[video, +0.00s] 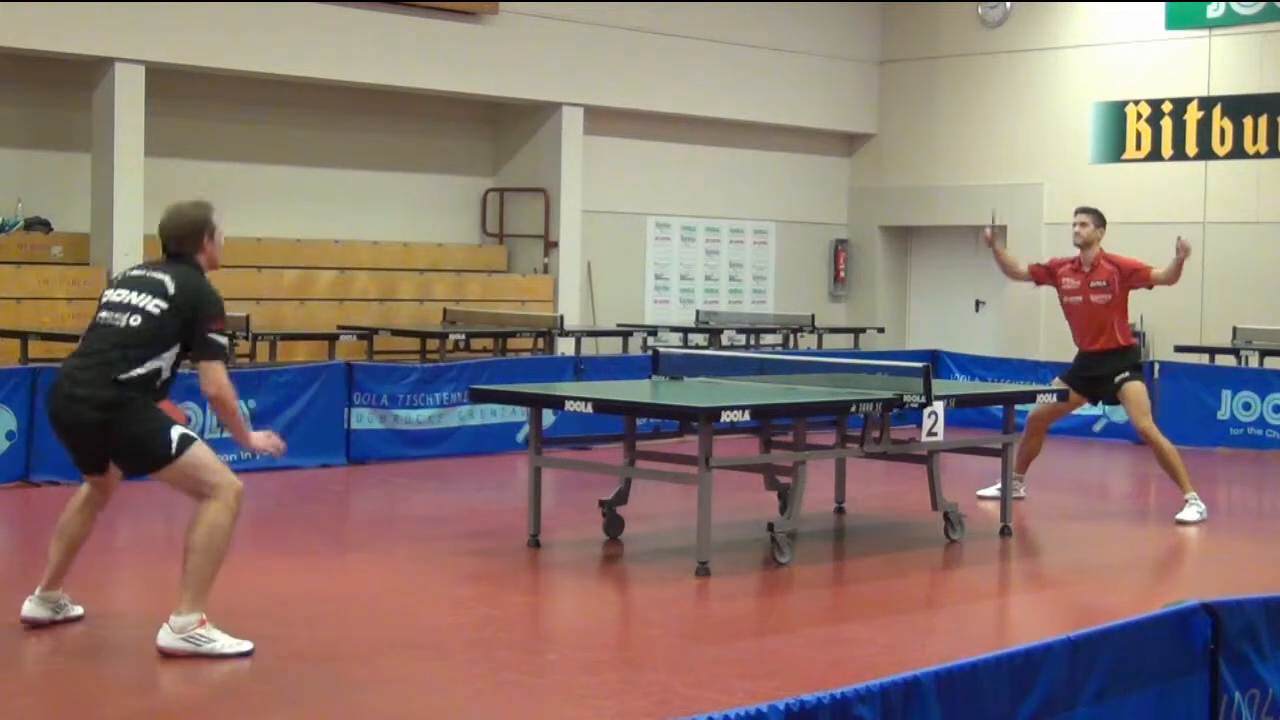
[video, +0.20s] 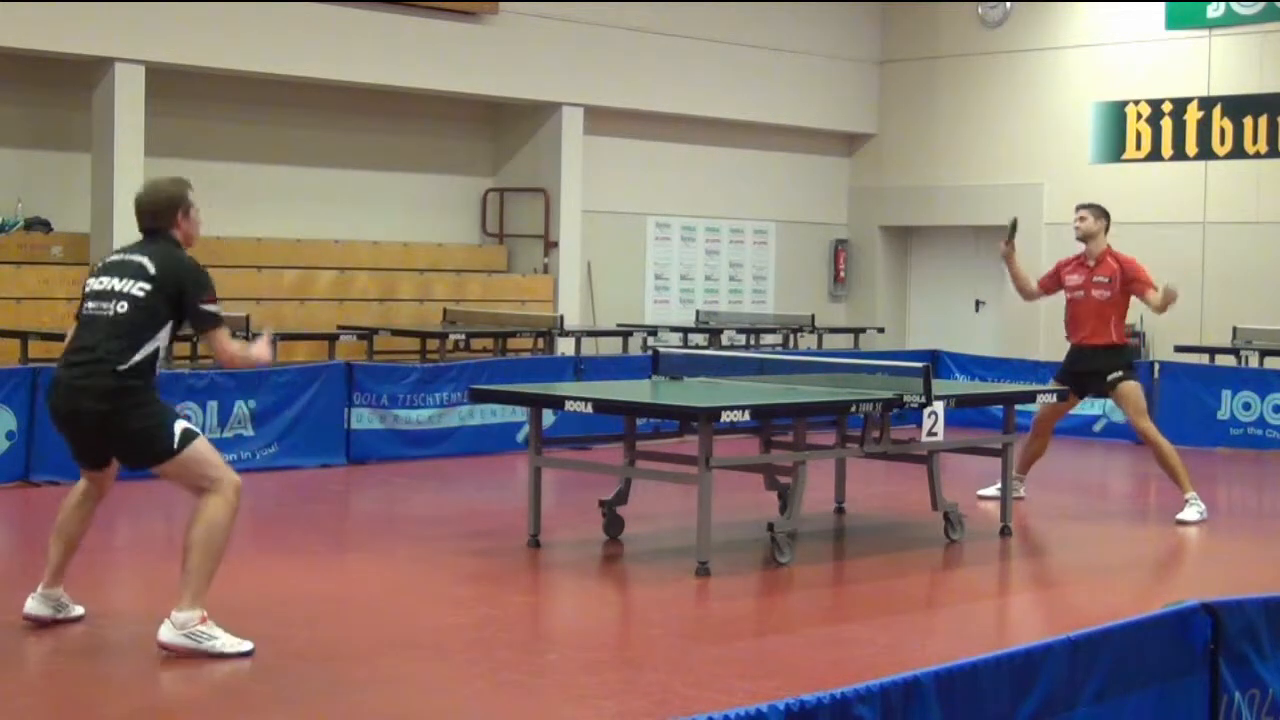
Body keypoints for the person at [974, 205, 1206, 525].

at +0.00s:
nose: (1076, 230)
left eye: (1083, 225)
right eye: (1074, 225)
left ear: (1100, 231)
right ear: (1072, 231)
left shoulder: (1118, 267)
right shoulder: (1060, 268)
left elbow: (1166, 277)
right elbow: (1017, 272)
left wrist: (1179, 260)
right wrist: (996, 248)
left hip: (1122, 360)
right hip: (1086, 362)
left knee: (1144, 426)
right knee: (1037, 418)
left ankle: (1192, 499)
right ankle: (1014, 482)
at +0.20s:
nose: (1076, 224)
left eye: (1083, 219)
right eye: (1075, 220)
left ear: (1102, 225)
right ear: (1077, 228)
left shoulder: (1124, 266)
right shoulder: (1068, 267)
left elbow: (1156, 304)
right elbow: (1030, 293)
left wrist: (1165, 299)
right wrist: (1010, 261)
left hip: (1115, 357)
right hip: (1079, 357)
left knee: (1141, 424)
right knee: (1043, 420)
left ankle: (1192, 499)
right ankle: (1015, 482)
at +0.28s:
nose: (1075, 226)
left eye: (1082, 221)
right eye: (1075, 221)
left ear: (1101, 225)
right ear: (1080, 228)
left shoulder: (1125, 267)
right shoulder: (1071, 269)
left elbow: (1141, 309)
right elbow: (1048, 310)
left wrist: (1145, 332)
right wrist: (1018, 290)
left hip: (1112, 357)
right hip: (1075, 357)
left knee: (1142, 427)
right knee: (1043, 422)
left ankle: (1192, 499)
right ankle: (1016, 482)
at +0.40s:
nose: (1074, 228)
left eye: (1080, 223)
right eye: (1074, 224)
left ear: (1100, 227)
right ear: (1087, 229)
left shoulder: (1123, 269)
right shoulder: (1073, 271)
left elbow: (1123, 324)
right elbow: (1072, 321)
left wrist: (1112, 372)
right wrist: (1047, 350)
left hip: (1106, 357)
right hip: (1073, 356)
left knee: (1140, 427)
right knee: (1044, 422)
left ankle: (1191, 498)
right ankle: (1016, 481)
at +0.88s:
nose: (1075, 231)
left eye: (1081, 225)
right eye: (1073, 226)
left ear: (1098, 229)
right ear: (1071, 231)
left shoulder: (1116, 269)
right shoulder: (1066, 273)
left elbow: (1112, 323)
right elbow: (1061, 320)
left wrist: (1086, 363)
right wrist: (1048, 361)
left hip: (1105, 357)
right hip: (1069, 357)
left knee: (1138, 426)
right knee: (1036, 422)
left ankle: (1191, 498)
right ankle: (1015, 481)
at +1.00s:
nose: (1054, 262)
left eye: (1052, 254)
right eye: (1050, 256)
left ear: (1063, 243)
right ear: (1075, 237)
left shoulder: (1076, 265)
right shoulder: (1121, 249)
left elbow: (1057, 328)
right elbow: (1125, 292)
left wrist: (1033, 359)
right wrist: (1090, 311)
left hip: (1126, 349)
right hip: (1164, 344)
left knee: (1083, 427)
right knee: (1168, 437)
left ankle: (1074, 514)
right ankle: (1185, 519)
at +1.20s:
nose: (1032, 296)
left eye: (1030, 288)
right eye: (1028, 291)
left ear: (1041, 277)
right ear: (1053, 271)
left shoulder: (1055, 293)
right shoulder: (1092, 276)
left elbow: (1031, 353)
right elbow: (1097, 317)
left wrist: (1007, 373)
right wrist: (1064, 335)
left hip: (1121, 359)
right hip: (1159, 351)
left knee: (1073, 427)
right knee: (1186, 441)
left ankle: (1073, 514)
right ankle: (1229, 514)